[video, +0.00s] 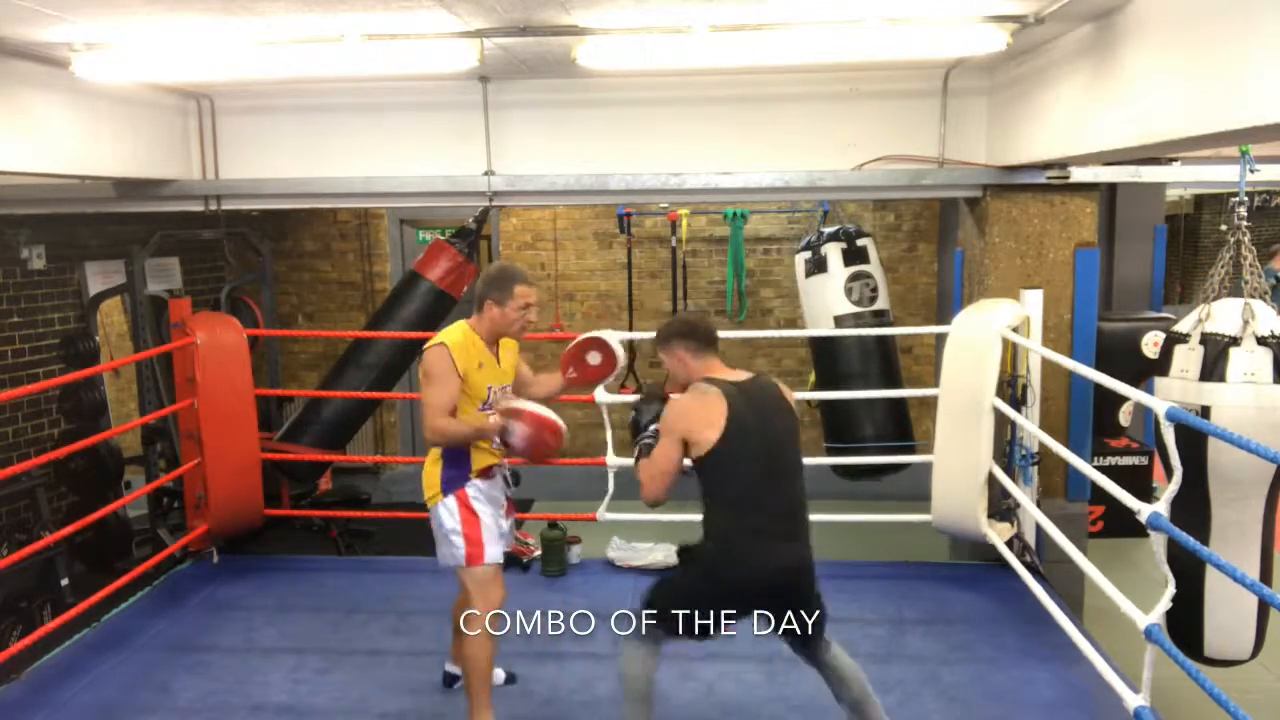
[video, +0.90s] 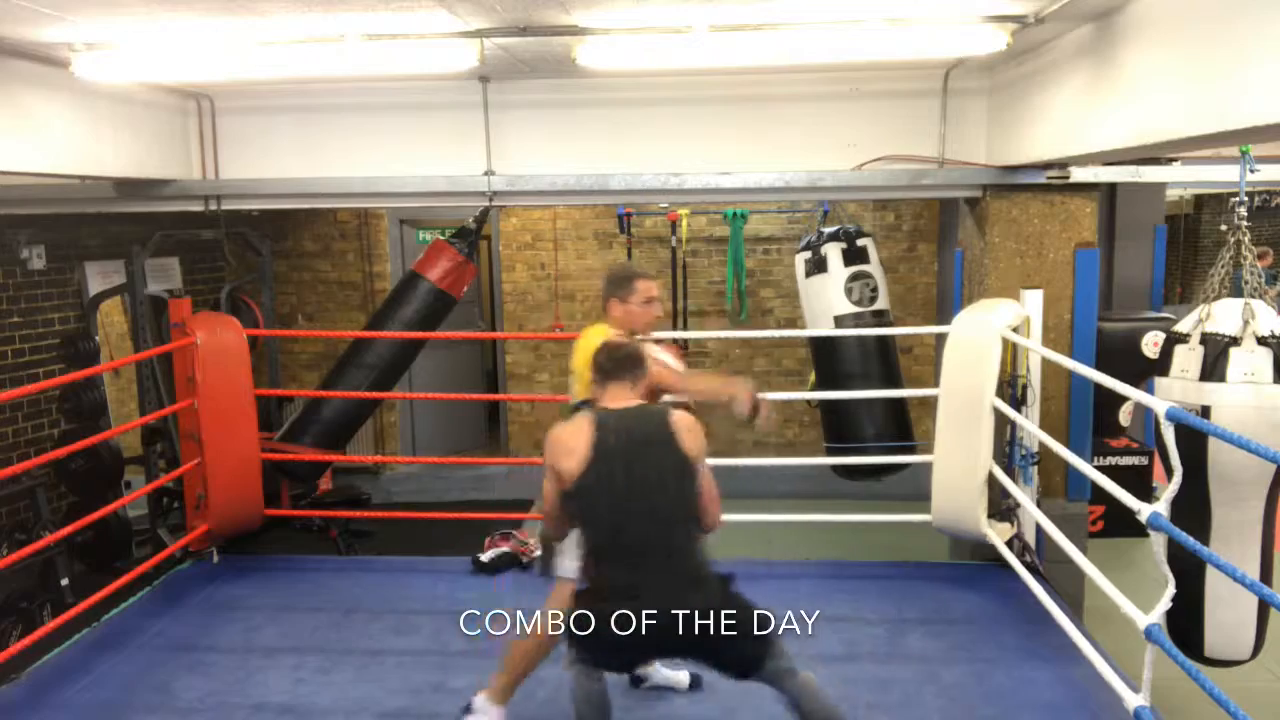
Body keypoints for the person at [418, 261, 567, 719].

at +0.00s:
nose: (530, 316)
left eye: (532, 308)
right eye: (523, 307)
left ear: (500, 307)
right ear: (491, 305)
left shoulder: (505, 345)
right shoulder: (445, 350)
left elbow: (530, 387)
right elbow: (435, 428)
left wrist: (573, 372)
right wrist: (489, 422)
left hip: (488, 478)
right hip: (456, 484)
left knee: (479, 581)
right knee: (489, 599)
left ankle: (460, 662)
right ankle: (482, 713)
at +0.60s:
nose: (584, 303)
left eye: (584, 294)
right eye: (574, 295)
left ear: (559, 303)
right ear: (541, 300)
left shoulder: (563, 347)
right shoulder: (505, 338)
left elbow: (584, 391)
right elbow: (465, 371)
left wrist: (605, 398)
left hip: (538, 482)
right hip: (499, 489)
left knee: (550, 570)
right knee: (488, 611)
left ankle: (500, 643)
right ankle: (463, 712)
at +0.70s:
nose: (605, 308)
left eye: (606, 298)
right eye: (594, 299)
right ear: (561, 302)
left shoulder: (584, 350)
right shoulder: (534, 338)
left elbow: (596, 397)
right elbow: (597, 323)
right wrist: (651, 310)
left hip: (569, 488)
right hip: (523, 494)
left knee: (582, 568)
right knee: (500, 606)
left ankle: (581, 656)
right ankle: (466, 711)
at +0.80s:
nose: (630, 311)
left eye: (631, 302)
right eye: (619, 302)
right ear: (585, 305)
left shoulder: (611, 348)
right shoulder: (565, 338)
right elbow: (653, 335)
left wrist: (646, 360)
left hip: (595, 487)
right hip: (553, 491)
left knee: (616, 578)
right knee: (519, 606)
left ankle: (638, 658)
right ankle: (470, 709)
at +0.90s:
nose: (657, 309)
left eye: (658, 301)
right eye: (648, 302)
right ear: (615, 306)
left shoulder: (639, 345)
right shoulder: (598, 343)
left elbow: (669, 381)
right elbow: (677, 382)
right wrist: (737, 390)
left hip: (629, 488)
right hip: (586, 491)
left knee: (651, 568)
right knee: (568, 603)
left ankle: (646, 660)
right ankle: (493, 699)